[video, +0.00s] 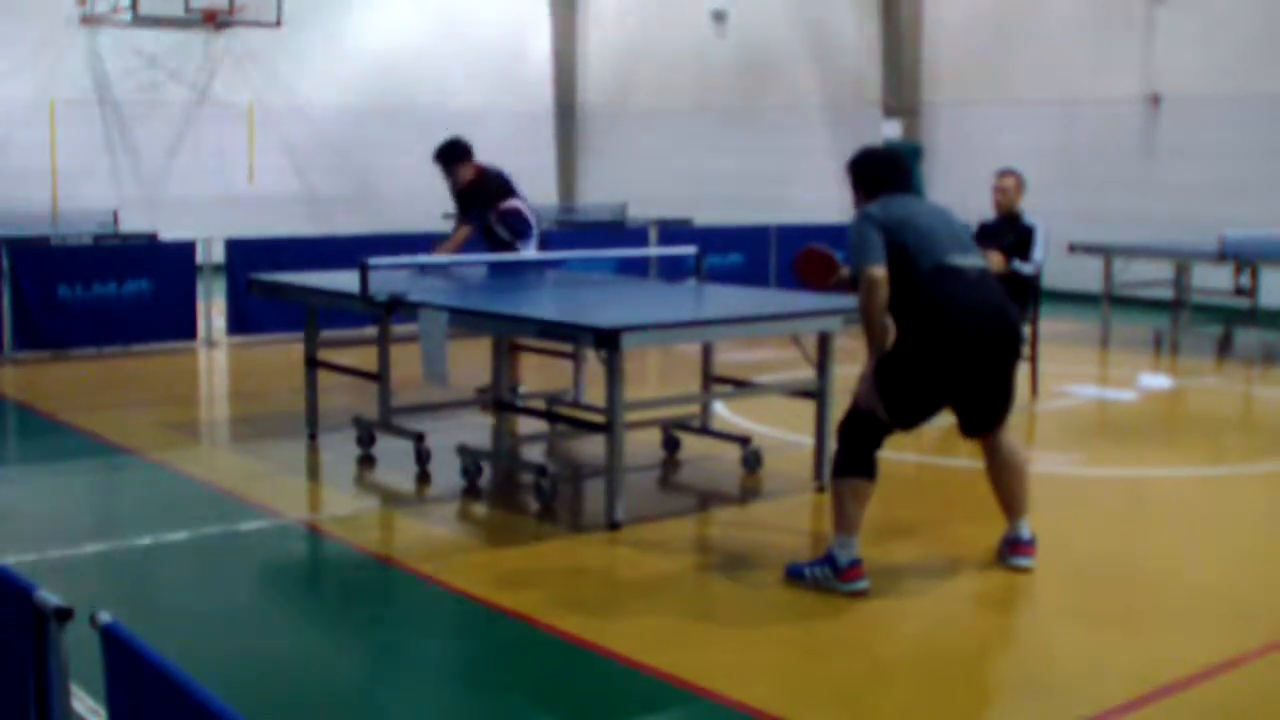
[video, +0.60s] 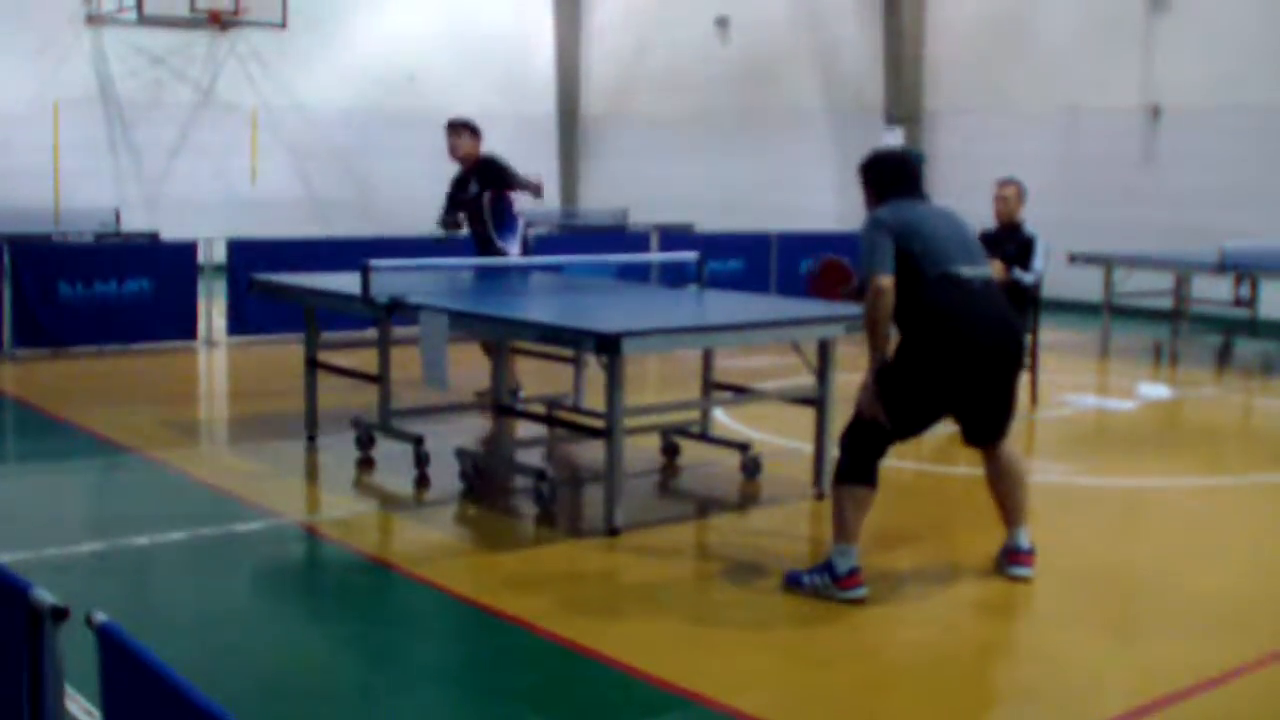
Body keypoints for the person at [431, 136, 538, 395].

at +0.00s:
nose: (449, 176)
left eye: (452, 169)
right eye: (447, 171)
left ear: (465, 163)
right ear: (452, 167)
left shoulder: (485, 183)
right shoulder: (462, 187)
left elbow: (468, 226)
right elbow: (464, 225)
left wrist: (442, 255)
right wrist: (444, 252)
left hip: (519, 263)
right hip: (498, 261)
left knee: (510, 328)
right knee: (500, 327)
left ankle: (510, 385)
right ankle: (501, 382)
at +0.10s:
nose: (450, 165)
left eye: (453, 158)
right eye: (447, 159)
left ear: (467, 152)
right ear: (449, 157)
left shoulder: (491, 175)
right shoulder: (459, 181)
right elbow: (460, 214)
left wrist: (448, 228)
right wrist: (448, 223)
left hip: (517, 262)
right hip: (494, 260)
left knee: (509, 327)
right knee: (499, 326)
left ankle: (511, 384)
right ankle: (501, 382)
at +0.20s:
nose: (454, 154)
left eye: (458, 146)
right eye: (451, 149)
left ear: (471, 142)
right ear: (449, 150)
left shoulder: (490, 162)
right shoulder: (462, 173)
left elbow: (477, 183)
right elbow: (443, 214)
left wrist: (436, 175)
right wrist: (427, 180)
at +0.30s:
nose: (452, 148)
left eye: (457, 141)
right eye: (451, 142)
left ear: (472, 135)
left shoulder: (496, 161)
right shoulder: (467, 171)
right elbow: (438, 212)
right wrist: (415, 180)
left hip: (519, 256)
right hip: (494, 255)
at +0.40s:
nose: (455, 142)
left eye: (460, 135)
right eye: (452, 136)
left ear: (476, 135)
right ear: (453, 139)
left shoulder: (496, 163)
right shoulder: (467, 172)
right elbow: (450, 216)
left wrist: (501, 147)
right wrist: (417, 205)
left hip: (514, 256)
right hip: (492, 255)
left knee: (500, 321)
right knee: (492, 320)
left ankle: (508, 378)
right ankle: (505, 377)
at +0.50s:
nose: (455, 139)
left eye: (462, 132)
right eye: (453, 133)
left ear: (477, 136)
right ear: (451, 139)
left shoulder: (491, 159)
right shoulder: (463, 176)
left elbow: (511, 172)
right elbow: (457, 216)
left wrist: (517, 162)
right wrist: (438, 222)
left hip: (510, 256)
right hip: (487, 257)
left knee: (500, 323)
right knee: (489, 323)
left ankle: (507, 380)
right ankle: (505, 378)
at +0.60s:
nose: (454, 144)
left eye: (460, 138)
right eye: (451, 139)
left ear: (475, 140)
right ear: (448, 144)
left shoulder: (491, 166)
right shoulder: (460, 181)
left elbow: (513, 181)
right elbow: (448, 219)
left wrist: (532, 188)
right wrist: (456, 223)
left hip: (508, 262)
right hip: (484, 262)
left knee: (498, 328)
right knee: (485, 328)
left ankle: (507, 384)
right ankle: (506, 381)